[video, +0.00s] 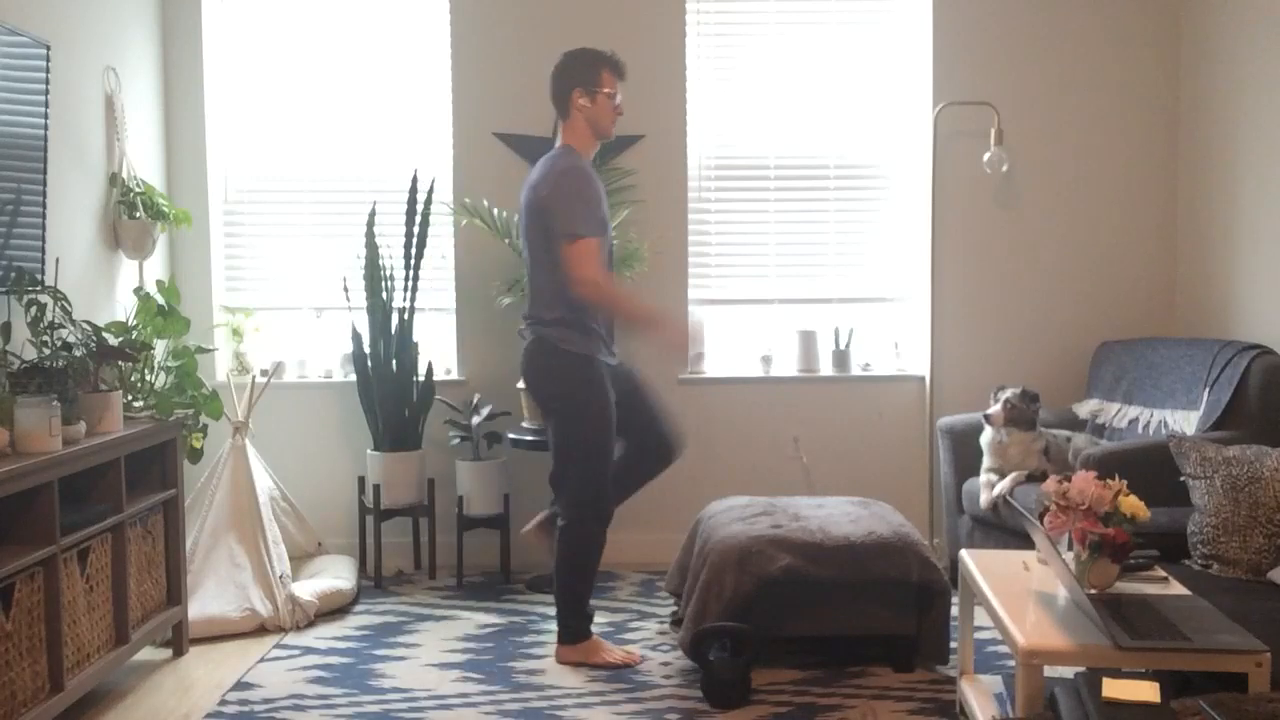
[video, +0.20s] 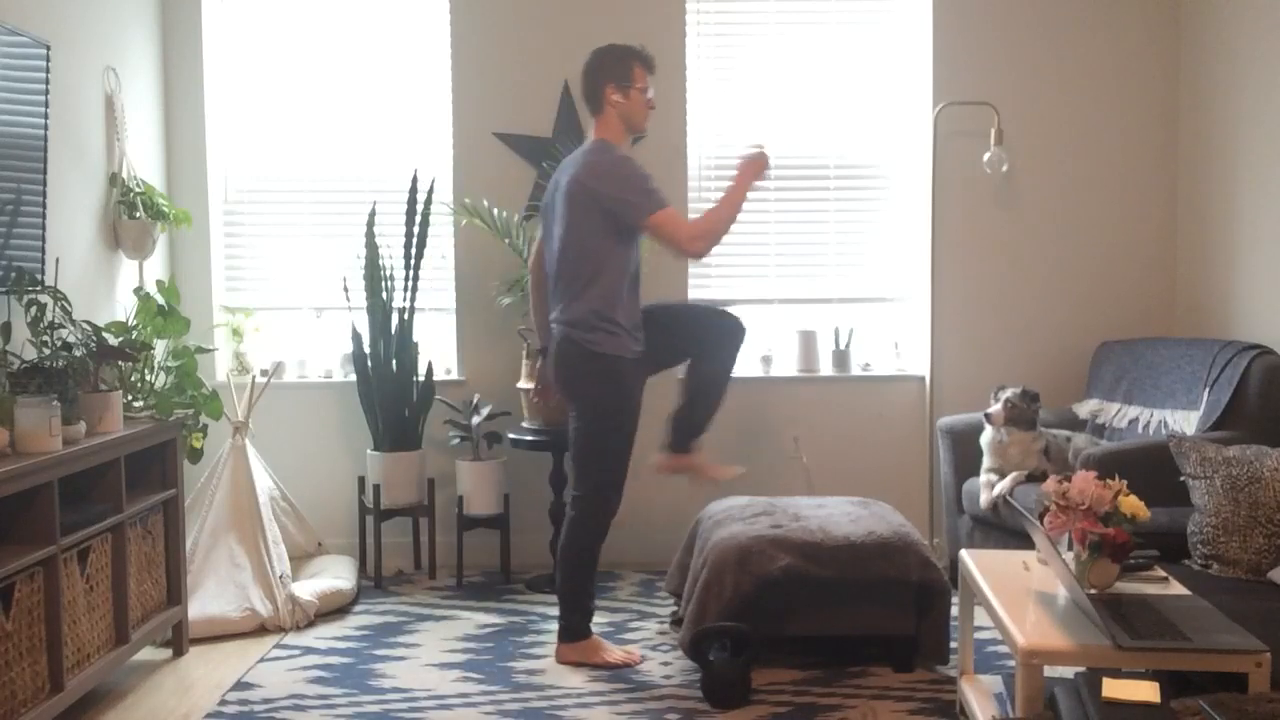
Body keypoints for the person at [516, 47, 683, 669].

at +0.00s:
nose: (619, 108)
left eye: (619, 97)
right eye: (612, 97)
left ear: (580, 102)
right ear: (580, 101)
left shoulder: (563, 170)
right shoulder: (568, 173)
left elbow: (575, 280)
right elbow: (584, 278)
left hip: (583, 352)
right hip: (565, 353)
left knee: (657, 444)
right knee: (586, 493)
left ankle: (561, 524)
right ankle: (574, 639)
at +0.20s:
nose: (653, 104)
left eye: (651, 93)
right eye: (646, 93)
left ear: (606, 99)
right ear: (614, 96)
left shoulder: (569, 169)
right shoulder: (607, 164)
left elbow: (541, 266)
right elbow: (693, 241)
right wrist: (744, 180)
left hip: (598, 334)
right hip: (598, 347)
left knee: (721, 328)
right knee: (594, 498)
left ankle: (683, 448)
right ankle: (574, 638)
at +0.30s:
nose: (674, 105)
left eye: (671, 94)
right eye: (666, 95)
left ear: (627, 104)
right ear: (635, 100)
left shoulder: (591, 170)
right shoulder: (630, 167)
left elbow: (554, 268)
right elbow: (723, 232)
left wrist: (554, 356)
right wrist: (740, 158)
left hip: (605, 336)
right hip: (615, 351)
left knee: (736, 315)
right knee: (604, 503)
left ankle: (726, 442)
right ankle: (575, 638)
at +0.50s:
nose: (721, 116)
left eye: (718, 105)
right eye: (713, 106)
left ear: (677, 115)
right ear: (682, 112)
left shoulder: (644, 180)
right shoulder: (673, 179)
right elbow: (762, 244)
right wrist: (763, 174)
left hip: (656, 350)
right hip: (643, 360)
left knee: (769, 374)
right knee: (651, 508)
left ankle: (737, 497)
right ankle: (579, 634)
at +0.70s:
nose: (762, 67)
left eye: (758, 56)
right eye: (753, 56)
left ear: (716, 68)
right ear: (723, 64)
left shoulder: (692, 135)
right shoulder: (722, 128)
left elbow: (720, 225)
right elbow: (735, 214)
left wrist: (780, 210)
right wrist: (806, 202)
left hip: (697, 314)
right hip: (689, 316)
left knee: (781, 400)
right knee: (678, 455)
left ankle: (742, 535)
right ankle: (614, 593)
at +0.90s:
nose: (769, 10)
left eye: (766, 2)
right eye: (760, 2)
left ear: (735, 12)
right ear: (733, 8)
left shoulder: (728, 81)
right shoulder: (713, 77)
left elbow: (775, 165)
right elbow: (685, 169)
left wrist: (803, 101)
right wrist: (702, 261)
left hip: (723, 255)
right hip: (725, 254)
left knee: (752, 401)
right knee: (834, 322)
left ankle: (740, 543)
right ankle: (754, 419)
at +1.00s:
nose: (771, 7)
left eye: (767, 1)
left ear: (730, 10)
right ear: (732, 6)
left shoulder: (742, 80)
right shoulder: (711, 71)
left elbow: (811, 117)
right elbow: (672, 169)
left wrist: (800, 49)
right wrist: (675, 261)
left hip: (729, 247)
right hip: (734, 238)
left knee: (751, 388)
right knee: (868, 222)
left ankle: (738, 524)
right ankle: (827, 347)